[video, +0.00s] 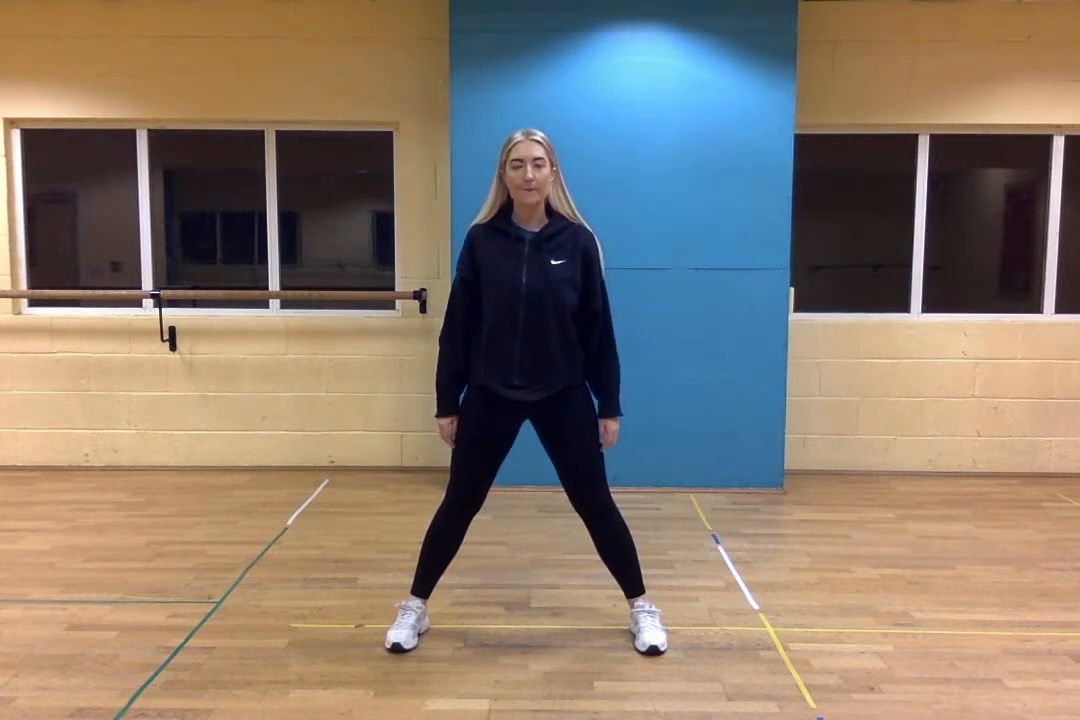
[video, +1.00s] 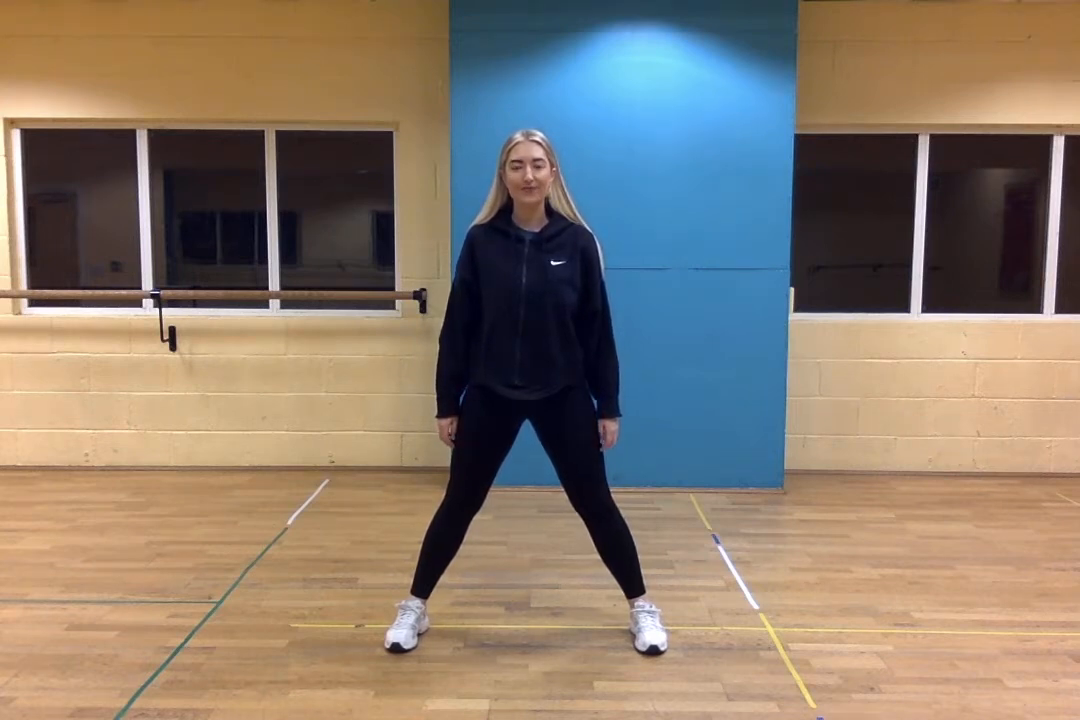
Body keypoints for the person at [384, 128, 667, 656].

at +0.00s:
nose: (529, 173)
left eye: (538, 163)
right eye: (518, 165)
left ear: (553, 172)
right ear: (504, 175)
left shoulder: (579, 239)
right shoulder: (482, 238)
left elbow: (597, 324)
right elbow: (458, 321)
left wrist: (609, 404)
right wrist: (448, 401)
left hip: (562, 394)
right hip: (491, 394)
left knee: (594, 502)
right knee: (460, 501)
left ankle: (641, 607)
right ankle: (414, 606)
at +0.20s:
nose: (528, 173)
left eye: (538, 163)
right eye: (518, 164)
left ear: (553, 172)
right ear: (504, 175)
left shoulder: (578, 239)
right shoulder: (482, 238)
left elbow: (597, 325)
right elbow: (458, 321)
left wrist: (608, 404)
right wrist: (448, 401)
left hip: (563, 394)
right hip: (491, 393)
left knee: (595, 503)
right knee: (460, 501)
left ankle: (641, 607)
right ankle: (414, 606)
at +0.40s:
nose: (529, 173)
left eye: (538, 164)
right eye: (518, 165)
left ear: (553, 172)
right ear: (504, 175)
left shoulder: (578, 239)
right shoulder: (482, 238)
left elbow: (597, 325)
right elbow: (458, 321)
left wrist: (608, 404)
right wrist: (448, 401)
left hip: (563, 394)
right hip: (491, 393)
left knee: (594, 502)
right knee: (460, 501)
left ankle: (641, 607)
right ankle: (414, 606)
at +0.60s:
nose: (528, 173)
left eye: (538, 164)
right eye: (518, 165)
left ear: (553, 172)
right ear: (504, 175)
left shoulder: (578, 239)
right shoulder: (482, 238)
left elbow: (597, 325)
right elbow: (458, 321)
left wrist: (608, 404)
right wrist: (448, 401)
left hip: (563, 394)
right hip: (491, 393)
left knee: (594, 502)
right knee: (460, 501)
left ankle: (641, 607)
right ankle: (414, 606)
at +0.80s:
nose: (528, 173)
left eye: (537, 164)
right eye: (517, 165)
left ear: (553, 172)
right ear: (504, 175)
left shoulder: (578, 239)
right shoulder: (482, 238)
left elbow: (597, 325)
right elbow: (458, 321)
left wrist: (608, 405)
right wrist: (448, 401)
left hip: (563, 394)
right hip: (491, 393)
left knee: (595, 503)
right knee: (460, 501)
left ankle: (641, 607)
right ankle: (414, 606)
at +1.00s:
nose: (528, 173)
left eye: (537, 164)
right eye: (517, 165)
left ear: (553, 172)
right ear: (504, 175)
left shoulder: (578, 240)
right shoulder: (482, 238)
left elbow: (597, 325)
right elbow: (458, 321)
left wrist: (608, 405)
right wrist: (448, 402)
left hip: (563, 394)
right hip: (491, 393)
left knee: (595, 503)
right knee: (460, 501)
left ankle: (641, 607)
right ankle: (414, 606)